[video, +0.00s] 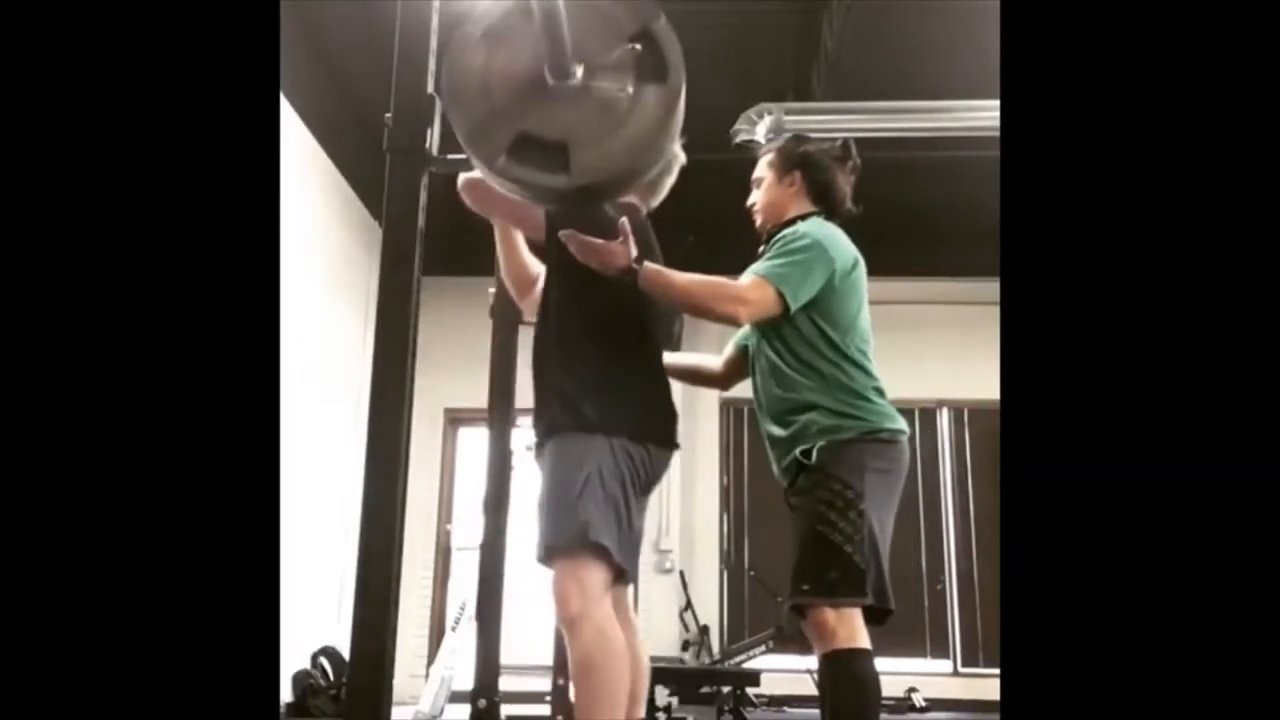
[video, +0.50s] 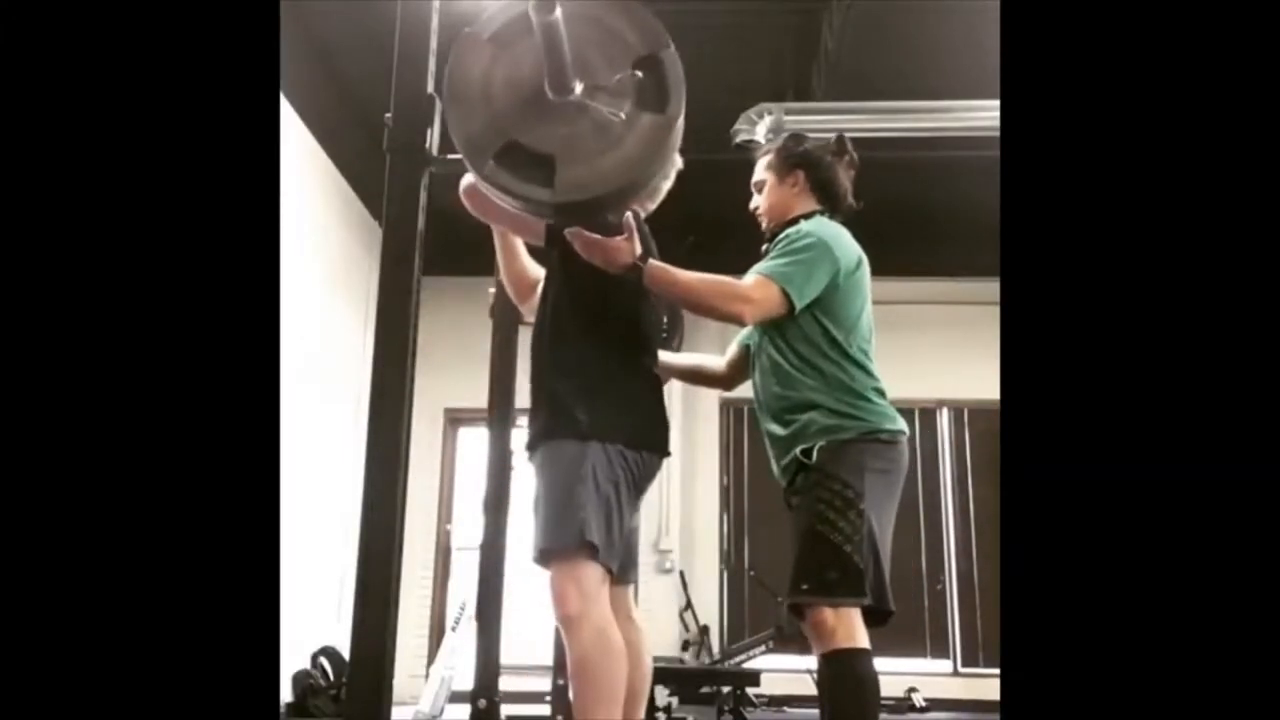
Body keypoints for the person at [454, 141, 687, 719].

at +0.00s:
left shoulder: (601, 215)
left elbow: (472, 187)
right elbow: (530, 294)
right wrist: (505, 208)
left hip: (597, 427)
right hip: (619, 428)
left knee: (580, 600)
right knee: (613, 606)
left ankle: (601, 713)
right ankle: (627, 714)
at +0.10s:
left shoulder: (608, 219)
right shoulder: (588, 236)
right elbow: (530, 288)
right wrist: (501, 211)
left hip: (590, 426)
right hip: (618, 428)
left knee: (578, 601)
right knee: (617, 607)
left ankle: (599, 713)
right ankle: (630, 714)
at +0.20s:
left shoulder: (610, 227)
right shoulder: (587, 235)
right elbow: (529, 294)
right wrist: (501, 216)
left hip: (587, 428)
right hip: (616, 430)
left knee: (576, 602)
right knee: (616, 608)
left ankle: (599, 713)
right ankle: (628, 714)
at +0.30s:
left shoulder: (607, 222)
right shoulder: (591, 235)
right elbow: (529, 296)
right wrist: (499, 214)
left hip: (587, 429)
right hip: (616, 430)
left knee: (576, 602)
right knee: (615, 605)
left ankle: (599, 713)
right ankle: (628, 714)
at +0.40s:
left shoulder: (606, 219)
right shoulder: (593, 235)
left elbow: (473, 189)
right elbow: (529, 295)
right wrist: (500, 212)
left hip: (589, 428)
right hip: (615, 430)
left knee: (579, 601)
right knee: (616, 602)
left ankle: (599, 713)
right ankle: (629, 714)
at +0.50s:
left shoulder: (606, 224)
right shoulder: (590, 236)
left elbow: (473, 191)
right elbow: (529, 296)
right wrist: (501, 214)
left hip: (588, 429)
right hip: (615, 430)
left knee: (578, 602)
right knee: (615, 606)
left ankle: (598, 714)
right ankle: (628, 714)